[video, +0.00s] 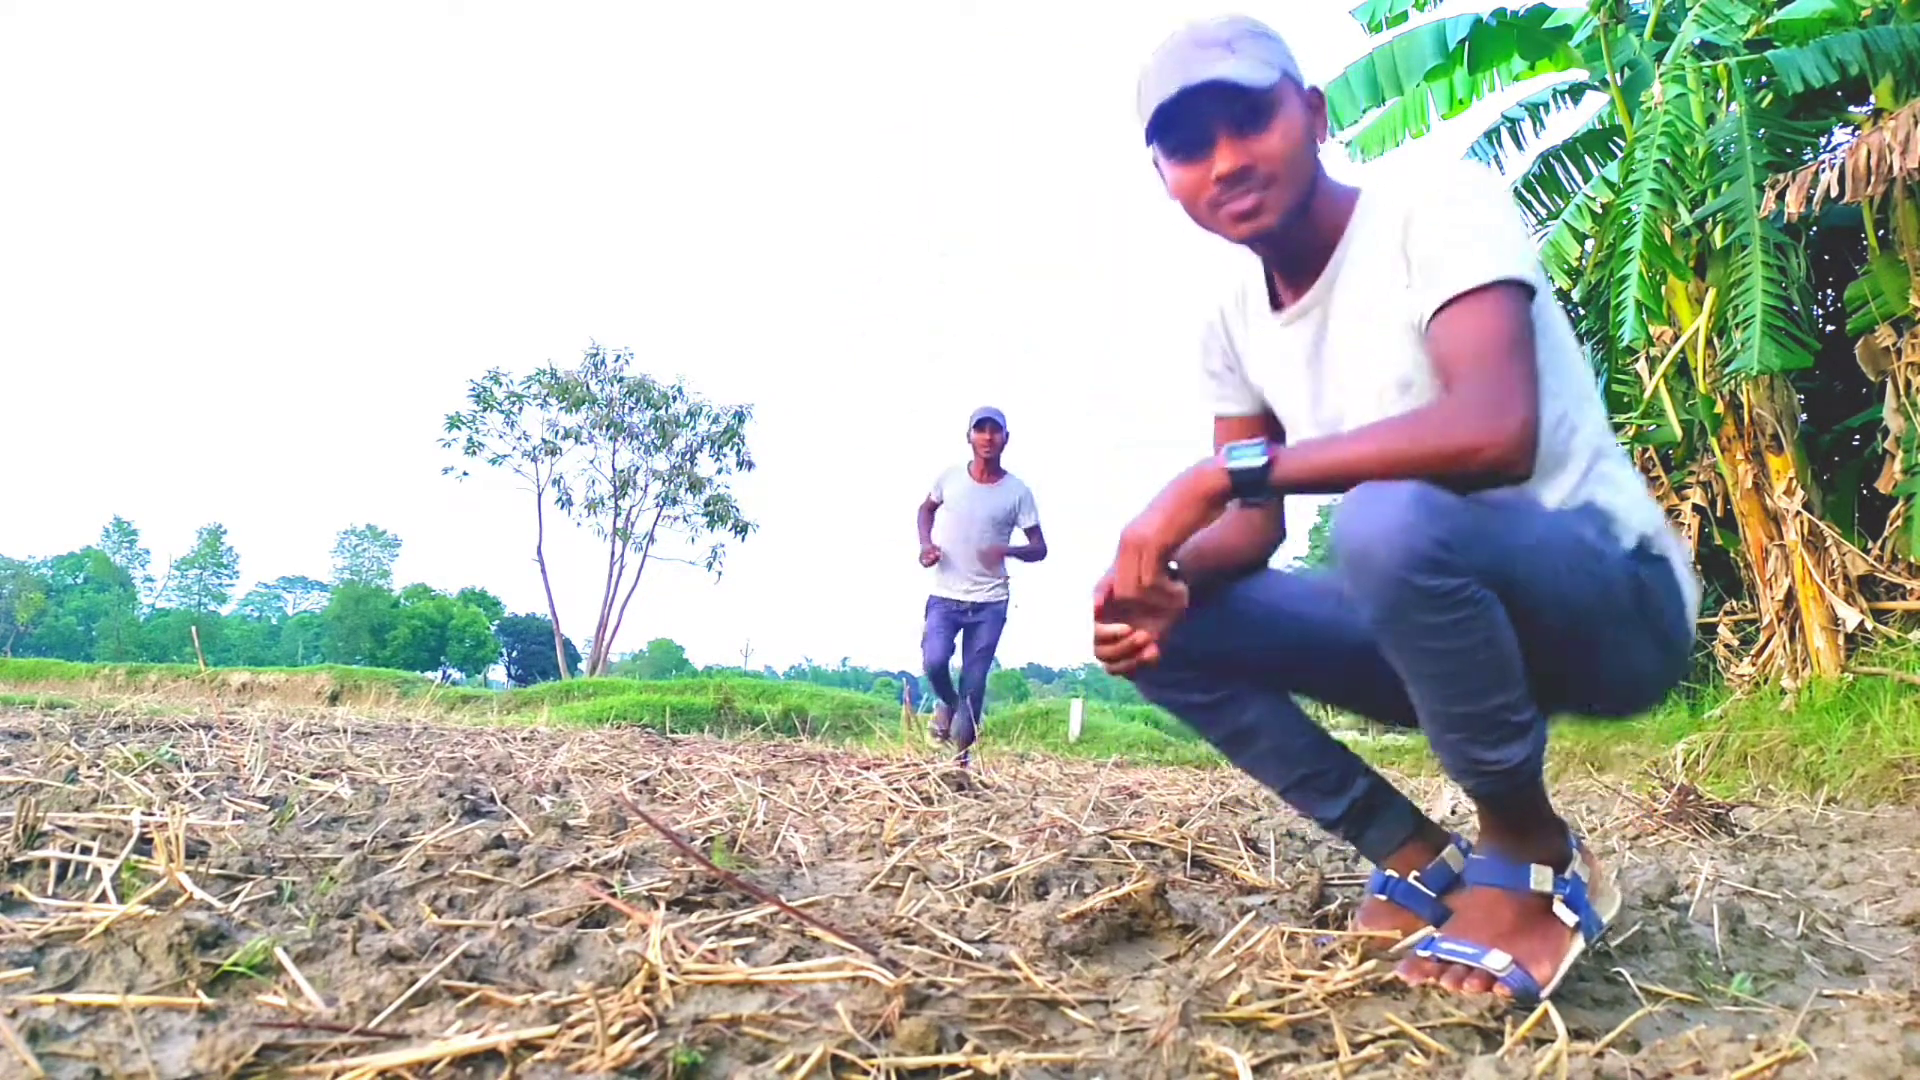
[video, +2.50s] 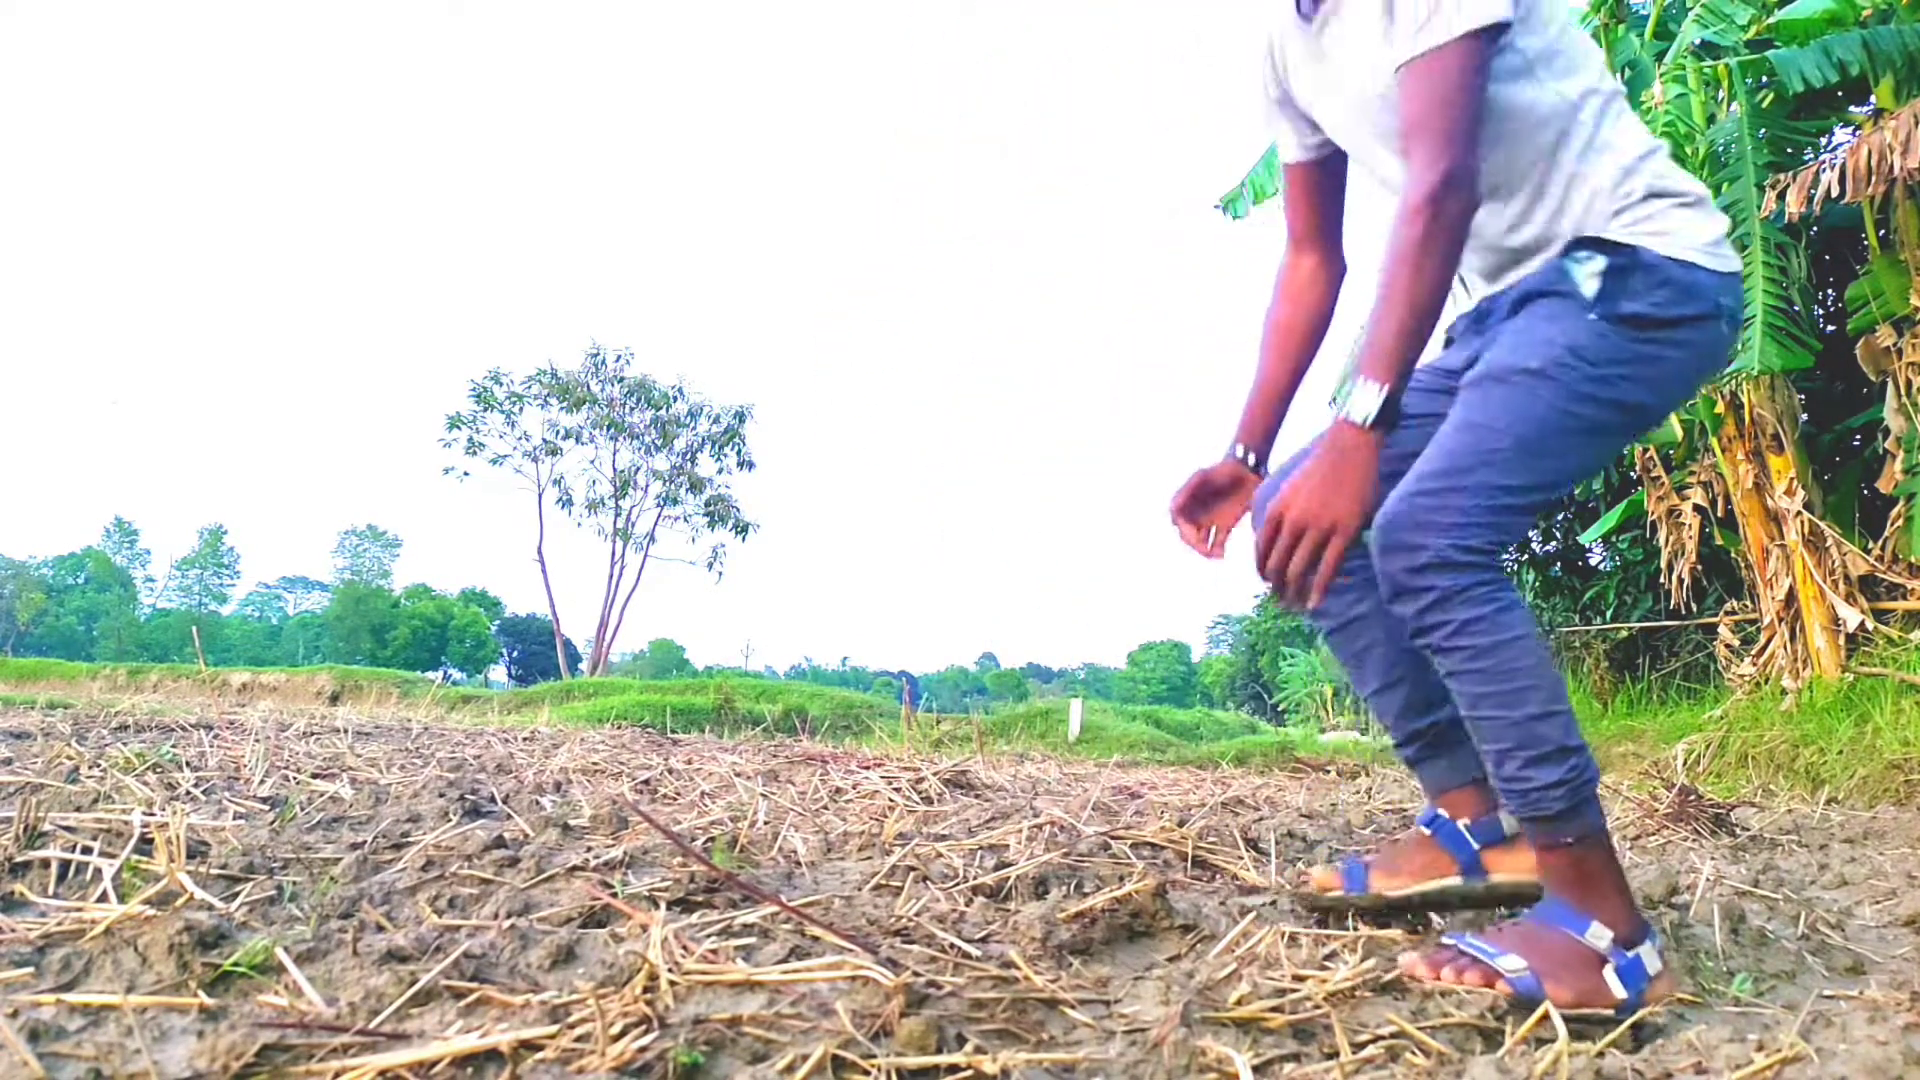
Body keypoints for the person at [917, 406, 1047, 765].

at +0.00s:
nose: (987, 437)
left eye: (994, 430)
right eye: (981, 430)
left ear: (1005, 438)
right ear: (970, 437)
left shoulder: (1018, 492)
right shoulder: (950, 478)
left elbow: (1040, 549)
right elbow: (926, 509)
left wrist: (1007, 551)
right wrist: (925, 544)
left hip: (989, 599)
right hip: (945, 595)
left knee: (973, 679)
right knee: (934, 662)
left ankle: (962, 753)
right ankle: (948, 704)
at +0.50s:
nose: (978, 327)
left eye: (988, 320)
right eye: (969, 320)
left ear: (1003, 334)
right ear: (957, 334)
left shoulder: (1021, 406)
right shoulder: (933, 390)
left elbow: (1046, 479)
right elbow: (910, 442)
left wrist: (1003, 462)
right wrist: (909, 469)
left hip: (990, 543)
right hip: (932, 541)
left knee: (971, 651)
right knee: (929, 624)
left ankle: (963, 753)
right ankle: (939, 689)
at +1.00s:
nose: (971, 166)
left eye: (986, 154)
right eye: (959, 155)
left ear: (1010, 175)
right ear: (943, 176)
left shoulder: (1039, 280)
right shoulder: (913, 270)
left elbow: (1083, 373)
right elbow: (885, 352)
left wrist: (1005, 330)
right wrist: (873, 409)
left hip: (1004, 483)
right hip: (922, 465)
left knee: (967, 653)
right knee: (939, 548)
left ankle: (931, 790)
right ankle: (898, 698)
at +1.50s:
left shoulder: (1148, 64)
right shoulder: (963, 78)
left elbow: (1215, 191)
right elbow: (894, 210)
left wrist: (1178, 257)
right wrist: (931, 212)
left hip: (1125, 343)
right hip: (1015, 366)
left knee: (1145, 492)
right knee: (974, 568)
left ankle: (1212, 758)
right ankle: (933, 801)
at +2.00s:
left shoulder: (1358, 4)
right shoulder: (1172, 26)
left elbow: (1482, 55)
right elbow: (1170, 171)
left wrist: (1356, 177)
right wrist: (1140, 276)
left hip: (1408, 263)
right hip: (1317, 300)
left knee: (1293, 512)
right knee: (1273, 574)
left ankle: (1338, 857)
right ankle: (1395, 865)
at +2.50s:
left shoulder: (1439, 4)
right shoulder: (1289, 37)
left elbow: (1441, 190)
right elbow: (1310, 251)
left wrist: (1357, 427)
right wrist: (1249, 450)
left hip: (1631, 268)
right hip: (1506, 303)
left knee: (1426, 541)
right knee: (1310, 531)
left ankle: (1599, 921)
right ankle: (1477, 825)